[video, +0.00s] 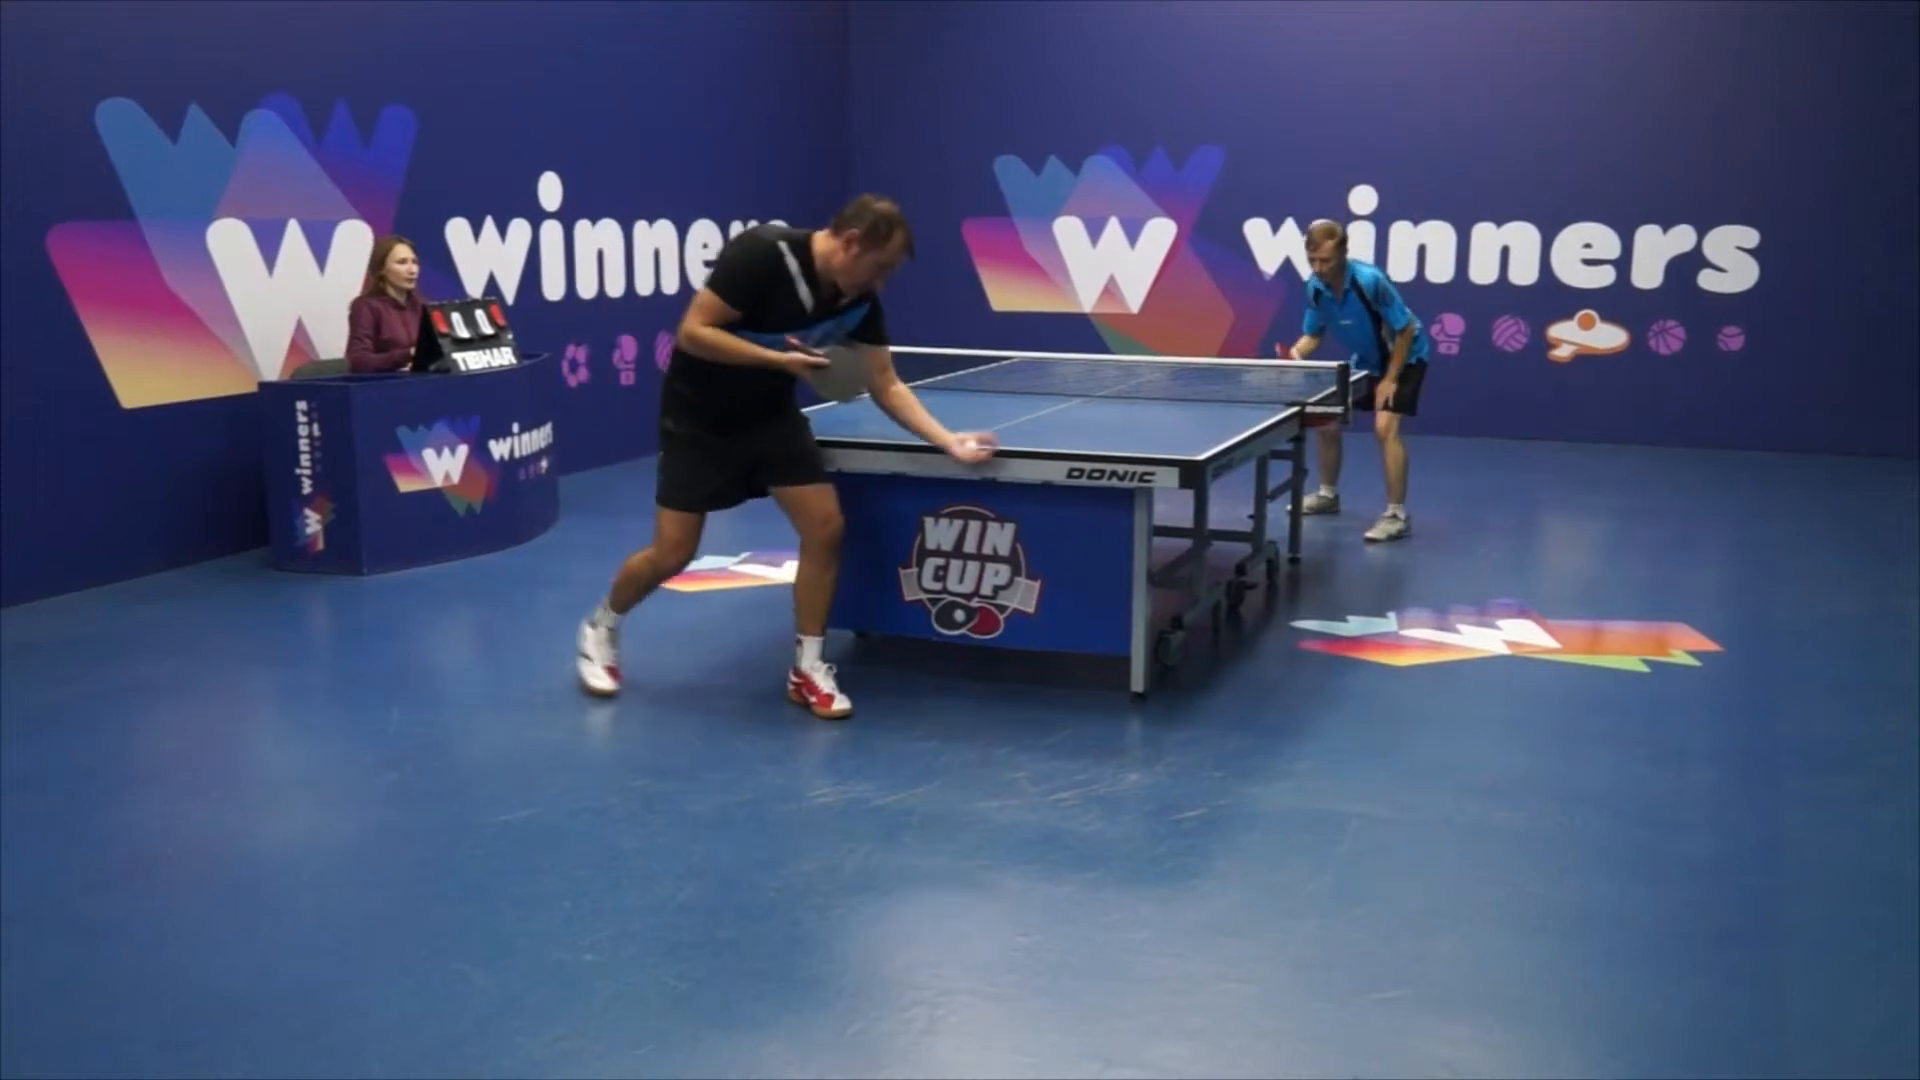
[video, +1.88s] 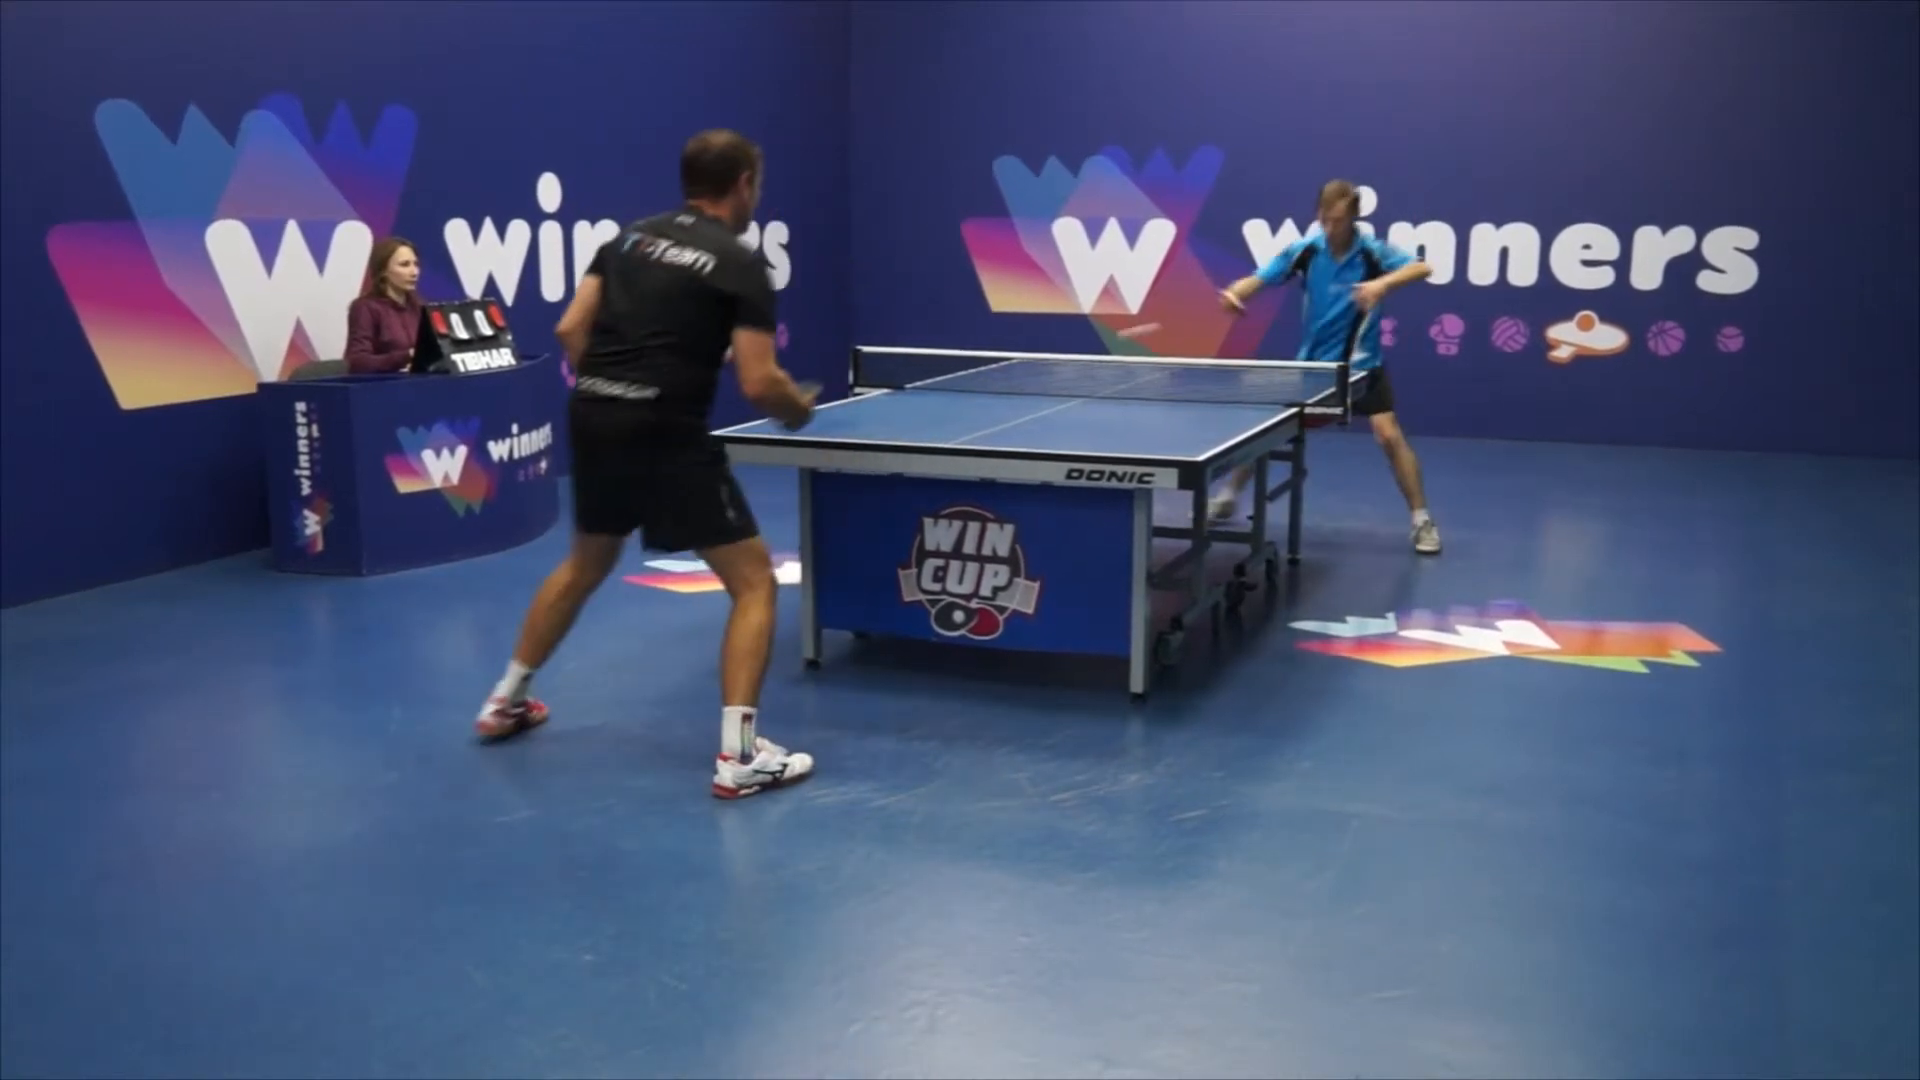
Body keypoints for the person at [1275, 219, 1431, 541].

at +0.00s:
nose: (1319, 268)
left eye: (1326, 260)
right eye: (1314, 261)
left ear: (1343, 254)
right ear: (1308, 257)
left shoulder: (1369, 280)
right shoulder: (1315, 288)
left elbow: (1406, 329)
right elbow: (1312, 334)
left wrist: (1390, 378)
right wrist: (1294, 354)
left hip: (1405, 355)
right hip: (1367, 358)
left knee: (1385, 427)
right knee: (1327, 418)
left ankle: (1396, 513)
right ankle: (1327, 494)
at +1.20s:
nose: (1332, 216)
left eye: (1340, 209)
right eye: (1327, 208)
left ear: (1359, 209)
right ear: (1322, 207)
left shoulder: (1381, 244)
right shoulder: (1314, 249)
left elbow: (1411, 292)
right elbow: (1301, 298)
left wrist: (1379, 329)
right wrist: (1289, 310)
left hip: (1382, 352)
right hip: (1334, 353)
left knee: (1393, 432)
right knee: (1287, 414)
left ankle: (1421, 513)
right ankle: (1278, 499)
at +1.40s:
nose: (1319, 243)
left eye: (1326, 236)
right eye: (1316, 235)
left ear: (1345, 234)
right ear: (1311, 233)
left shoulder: (1371, 267)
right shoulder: (1304, 275)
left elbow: (1409, 306)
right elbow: (1290, 325)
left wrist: (1381, 328)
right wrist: (1282, 364)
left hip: (1373, 375)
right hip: (1323, 375)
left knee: (1397, 444)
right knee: (1268, 429)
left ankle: (1425, 521)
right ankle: (1226, 498)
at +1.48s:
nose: (1309, 260)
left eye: (1316, 253)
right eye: (1305, 253)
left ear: (1334, 250)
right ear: (1300, 250)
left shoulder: (1358, 278)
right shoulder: (1290, 285)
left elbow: (1405, 308)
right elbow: (1265, 330)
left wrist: (1377, 321)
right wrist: (1260, 370)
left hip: (1363, 380)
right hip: (1314, 381)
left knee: (1393, 444)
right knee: (1261, 437)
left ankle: (1420, 522)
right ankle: (1213, 502)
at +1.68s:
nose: (1309, 281)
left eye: (1316, 275)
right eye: (1304, 273)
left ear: (1331, 268)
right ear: (1297, 265)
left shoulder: (1346, 292)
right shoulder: (1282, 288)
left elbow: (1381, 324)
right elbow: (1223, 305)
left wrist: (1347, 314)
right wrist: (1237, 339)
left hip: (1343, 384)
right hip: (1294, 385)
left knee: (1378, 446)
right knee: (1251, 448)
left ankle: (1419, 523)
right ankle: (1202, 507)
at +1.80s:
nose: (1323, 248)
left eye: (1330, 241)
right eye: (1318, 239)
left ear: (1345, 238)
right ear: (1311, 235)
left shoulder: (1359, 267)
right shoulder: (1296, 268)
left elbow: (1400, 281)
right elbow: (1249, 296)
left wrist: (1361, 287)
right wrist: (1227, 291)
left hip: (1352, 375)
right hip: (1301, 375)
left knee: (1384, 440)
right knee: (1250, 434)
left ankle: (1420, 522)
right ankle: (1205, 503)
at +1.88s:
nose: (1330, 227)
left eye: (1337, 220)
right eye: (1326, 219)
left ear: (1354, 219)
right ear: (1320, 216)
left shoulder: (1372, 250)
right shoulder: (1307, 250)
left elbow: (1419, 268)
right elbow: (1262, 276)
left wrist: (1381, 284)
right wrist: (1234, 293)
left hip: (1362, 366)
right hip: (1311, 365)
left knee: (1389, 435)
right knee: (1263, 426)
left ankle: (1421, 519)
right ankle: (1228, 495)